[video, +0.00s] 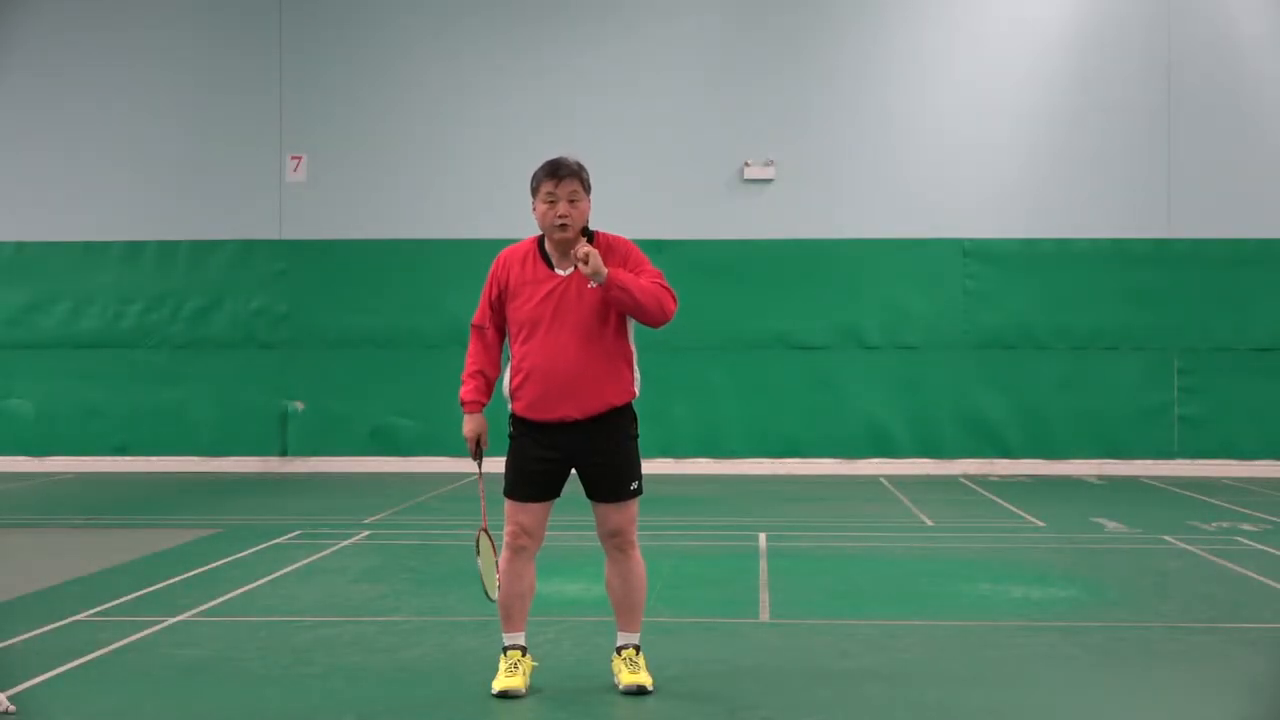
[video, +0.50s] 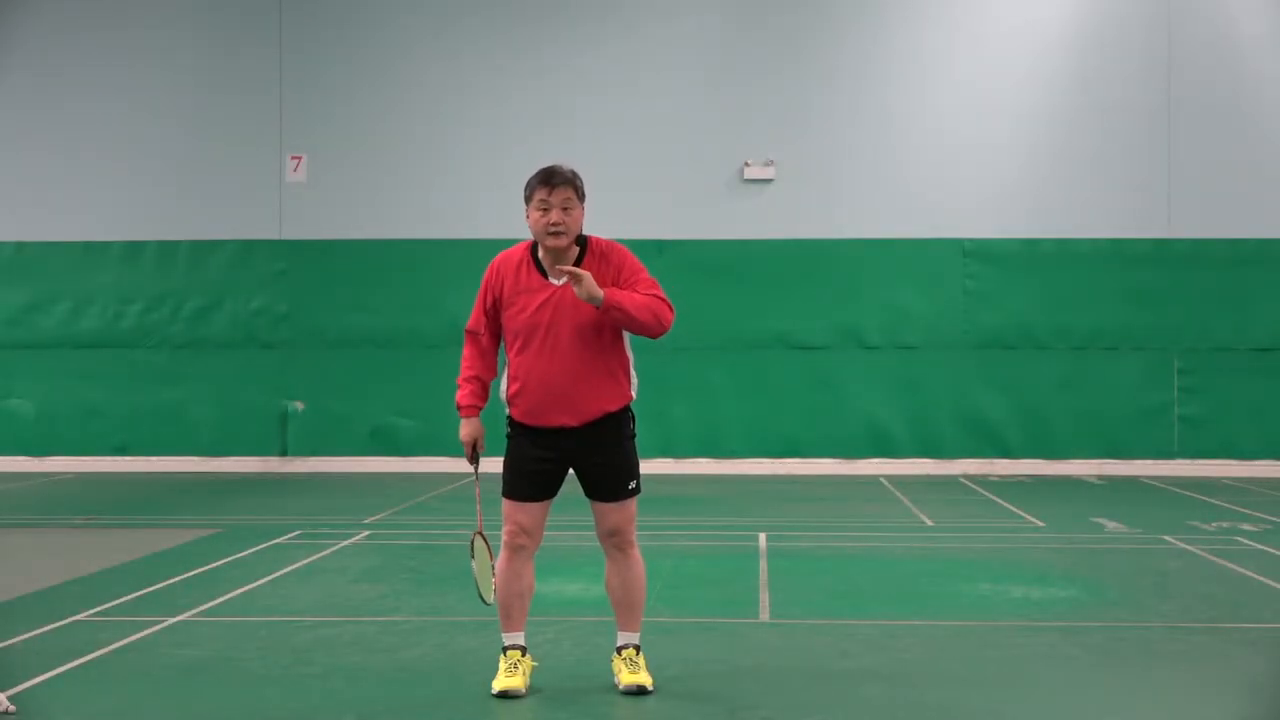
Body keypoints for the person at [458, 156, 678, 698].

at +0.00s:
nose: (561, 210)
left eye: (571, 199)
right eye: (550, 201)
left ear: (588, 204)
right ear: (535, 208)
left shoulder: (616, 252)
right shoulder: (510, 264)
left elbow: (662, 308)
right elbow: (485, 335)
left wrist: (605, 278)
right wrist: (474, 407)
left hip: (607, 421)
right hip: (535, 425)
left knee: (620, 537)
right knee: (519, 538)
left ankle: (629, 650)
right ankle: (513, 652)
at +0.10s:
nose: (559, 210)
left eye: (570, 199)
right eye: (548, 200)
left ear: (587, 205)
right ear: (533, 208)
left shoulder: (614, 253)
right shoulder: (508, 265)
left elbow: (662, 308)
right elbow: (484, 336)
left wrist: (603, 279)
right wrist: (473, 408)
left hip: (607, 421)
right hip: (534, 426)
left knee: (620, 536)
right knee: (519, 538)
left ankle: (629, 649)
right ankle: (513, 652)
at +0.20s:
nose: (558, 211)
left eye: (569, 201)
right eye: (547, 202)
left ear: (585, 207)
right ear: (531, 209)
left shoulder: (613, 255)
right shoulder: (507, 267)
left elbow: (662, 311)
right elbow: (483, 337)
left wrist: (604, 287)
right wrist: (472, 409)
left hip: (606, 423)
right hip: (534, 427)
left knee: (621, 536)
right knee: (519, 538)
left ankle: (629, 650)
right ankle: (513, 652)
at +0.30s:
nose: (556, 214)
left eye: (567, 203)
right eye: (545, 204)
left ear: (584, 209)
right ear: (529, 212)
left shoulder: (612, 257)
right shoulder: (506, 267)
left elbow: (661, 315)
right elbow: (482, 338)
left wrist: (603, 296)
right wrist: (471, 410)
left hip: (606, 424)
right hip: (533, 428)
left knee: (620, 536)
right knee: (518, 538)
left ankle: (630, 649)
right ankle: (513, 651)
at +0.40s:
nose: (555, 216)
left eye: (566, 206)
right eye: (544, 206)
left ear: (583, 211)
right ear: (528, 214)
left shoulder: (611, 258)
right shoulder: (504, 270)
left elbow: (660, 317)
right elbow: (481, 340)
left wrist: (603, 298)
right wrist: (471, 410)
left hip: (606, 425)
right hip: (533, 428)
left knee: (620, 536)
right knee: (518, 537)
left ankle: (629, 650)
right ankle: (513, 651)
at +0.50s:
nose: (555, 218)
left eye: (565, 207)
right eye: (543, 208)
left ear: (582, 212)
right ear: (528, 215)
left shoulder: (611, 258)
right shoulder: (504, 269)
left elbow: (659, 317)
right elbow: (480, 339)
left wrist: (603, 298)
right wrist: (470, 411)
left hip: (605, 425)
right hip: (532, 428)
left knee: (619, 537)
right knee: (517, 537)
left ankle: (629, 650)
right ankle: (513, 651)